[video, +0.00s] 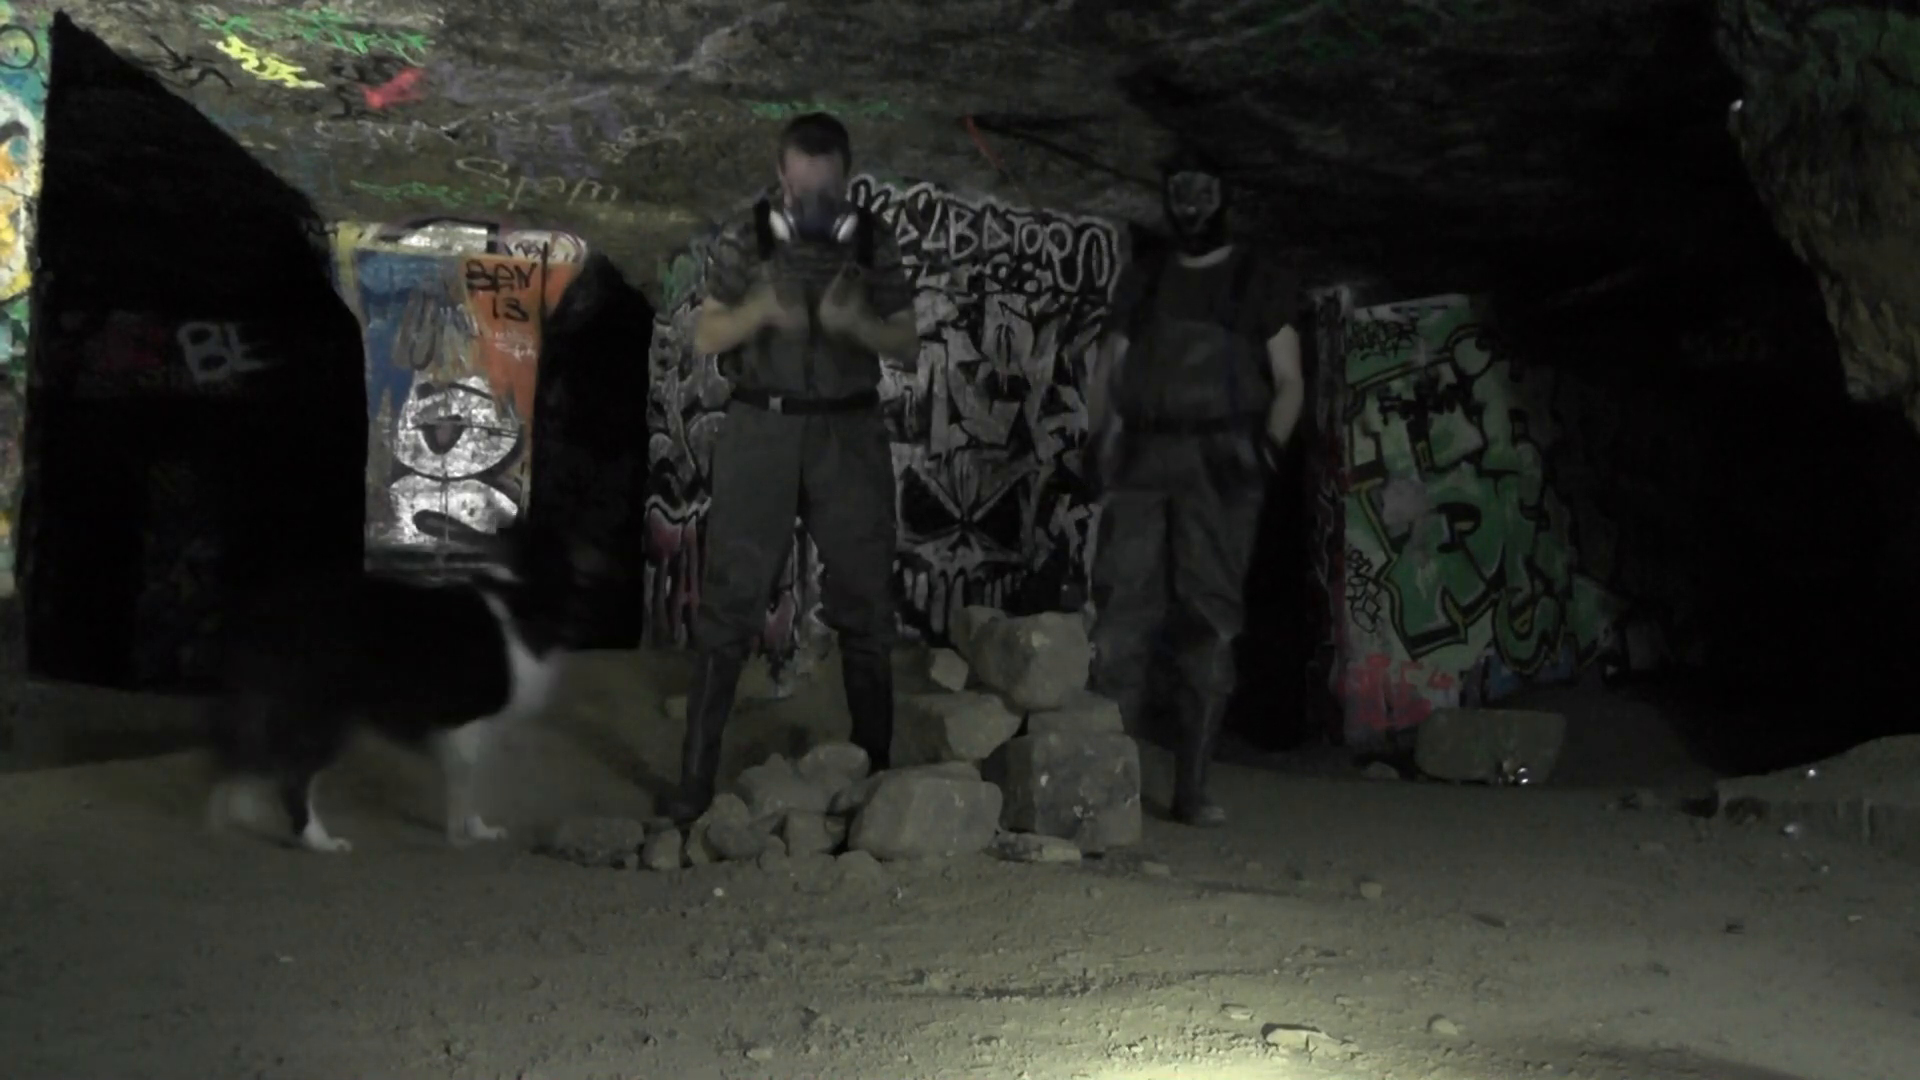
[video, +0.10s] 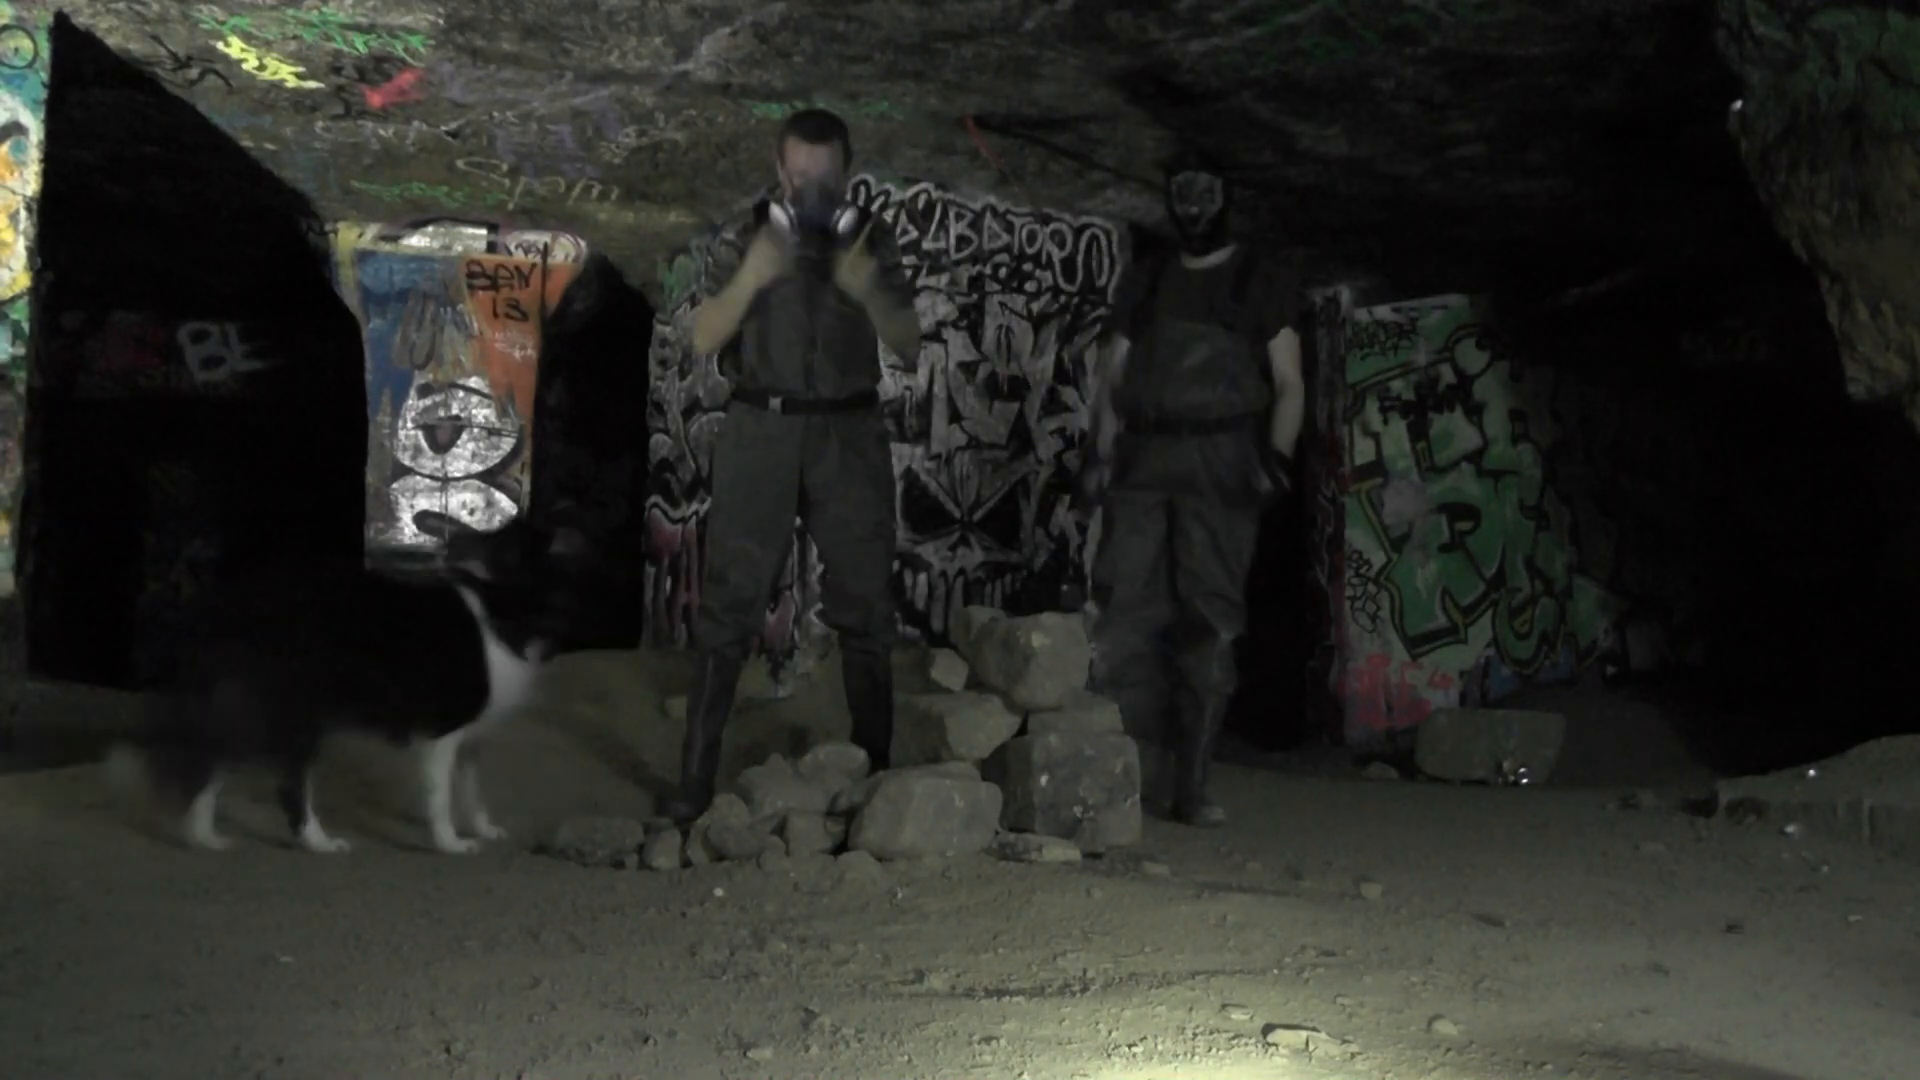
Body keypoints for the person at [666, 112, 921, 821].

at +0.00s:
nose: (812, 202)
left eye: (826, 188)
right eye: (800, 188)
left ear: (847, 177)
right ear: (780, 174)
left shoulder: (871, 239)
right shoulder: (743, 238)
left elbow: (906, 345)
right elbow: (705, 335)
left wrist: (855, 319)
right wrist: (762, 309)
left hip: (849, 444)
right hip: (759, 442)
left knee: (864, 612)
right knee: (731, 608)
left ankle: (875, 778)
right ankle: (695, 783)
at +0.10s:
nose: (812, 193)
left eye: (826, 180)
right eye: (799, 179)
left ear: (848, 173)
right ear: (779, 169)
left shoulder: (868, 240)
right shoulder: (742, 238)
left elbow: (907, 346)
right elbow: (701, 339)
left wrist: (866, 283)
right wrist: (751, 276)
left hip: (850, 445)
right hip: (759, 442)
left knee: (863, 615)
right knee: (731, 610)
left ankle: (875, 782)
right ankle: (695, 785)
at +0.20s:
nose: (813, 187)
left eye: (826, 175)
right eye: (801, 174)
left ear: (848, 170)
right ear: (780, 166)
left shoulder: (867, 235)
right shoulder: (750, 232)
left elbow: (907, 343)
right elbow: (701, 335)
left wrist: (871, 260)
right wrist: (751, 253)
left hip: (849, 445)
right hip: (759, 443)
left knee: (863, 616)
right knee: (730, 611)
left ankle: (874, 783)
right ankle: (694, 786)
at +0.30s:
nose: (812, 184)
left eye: (825, 172)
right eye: (801, 171)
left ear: (848, 168)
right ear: (780, 164)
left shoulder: (867, 236)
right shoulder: (748, 235)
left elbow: (907, 341)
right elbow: (701, 336)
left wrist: (871, 250)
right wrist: (750, 249)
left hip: (849, 445)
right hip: (759, 443)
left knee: (863, 617)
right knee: (730, 612)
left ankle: (874, 783)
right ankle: (695, 786)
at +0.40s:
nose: (812, 182)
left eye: (825, 170)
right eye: (801, 169)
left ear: (848, 165)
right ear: (781, 162)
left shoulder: (868, 236)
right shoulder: (748, 235)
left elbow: (907, 340)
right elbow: (701, 334)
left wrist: (870, 250)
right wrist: (750, 248)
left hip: (850, 444)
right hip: (759, 442)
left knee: (864, 617)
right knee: (730, 611)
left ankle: (874, 783)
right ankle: (694, 785)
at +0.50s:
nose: (809, 181)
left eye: (823, 169)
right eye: (799, 168)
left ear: (847, 166)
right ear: (780, 162)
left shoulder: (869, 238)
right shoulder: (748, 236)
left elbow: (906, 342)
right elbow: (701, 333)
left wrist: (870, 251)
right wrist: (752, 247)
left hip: (850, 444)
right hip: (760, 443)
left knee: (865, 618)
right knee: (730, 612)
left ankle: (873, 783)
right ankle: (694, 786)